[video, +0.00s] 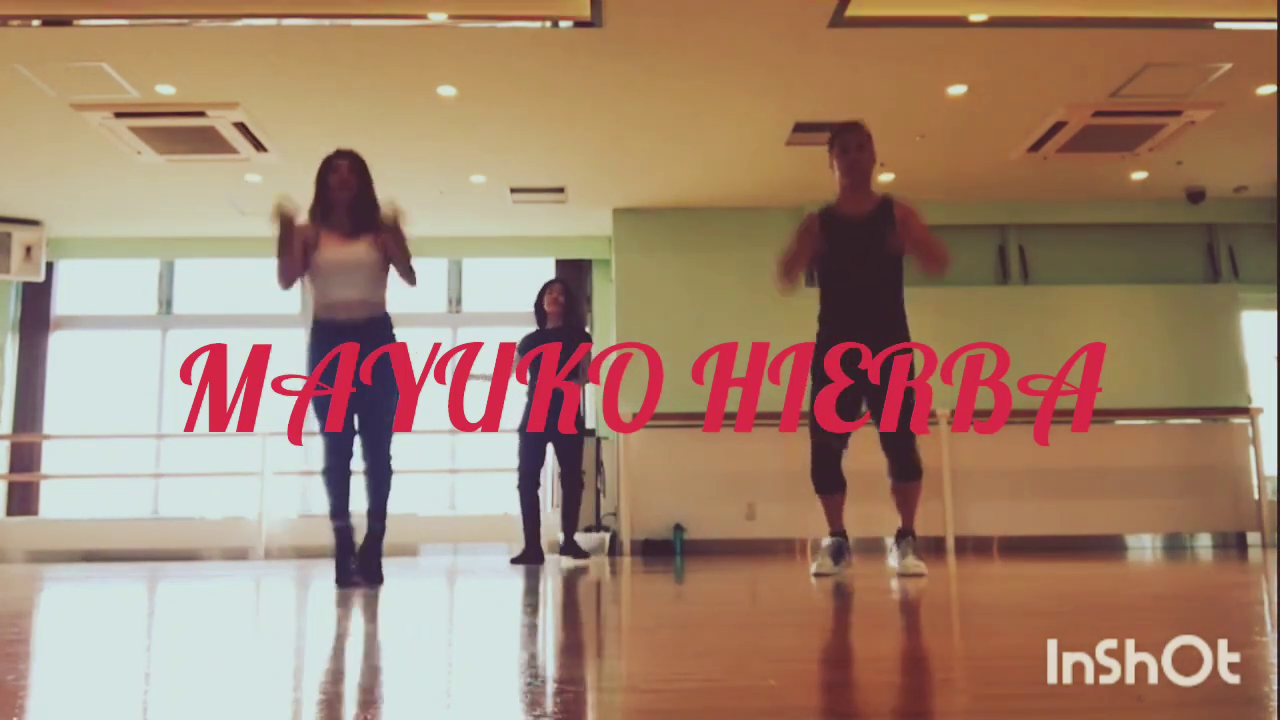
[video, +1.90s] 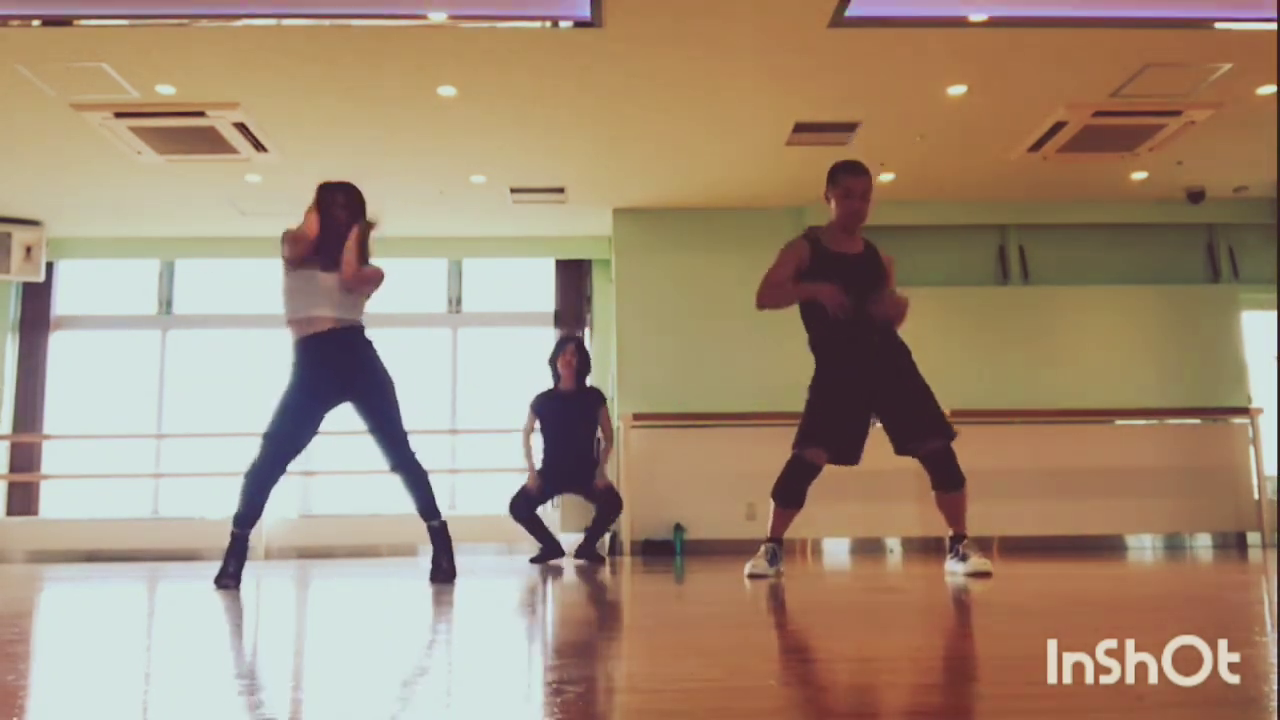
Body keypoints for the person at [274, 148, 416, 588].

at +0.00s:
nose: (342, 179)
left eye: (351, 173)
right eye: (334, 172)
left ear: (363, 181)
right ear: (323, 181)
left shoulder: (379, 226)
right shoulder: (309, 228)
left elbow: (409, 276)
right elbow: (286, 278)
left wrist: (395, 239)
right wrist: (286, 233)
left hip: (375, 336)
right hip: (329, 338)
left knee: (377, 445)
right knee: (337, 443)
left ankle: (374, 542)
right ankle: (343, 542)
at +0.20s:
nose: (346, 187)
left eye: (354, 180)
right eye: (337, 181)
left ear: (369, 188)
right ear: (325, 193)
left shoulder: (385, 227)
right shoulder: (320, 229)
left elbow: (409, 174)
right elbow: (285, 175)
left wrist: (425, 122)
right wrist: (257, 122)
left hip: (383, 341)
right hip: (334, 342)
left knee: (406, 448)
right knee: (297, 449)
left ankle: (436, 544)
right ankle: (255, 536)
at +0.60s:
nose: (338, 203)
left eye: (345, 195)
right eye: (329, 196)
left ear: (359, 204)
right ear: (315, 204)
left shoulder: (367, 243)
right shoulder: (304, 238)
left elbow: (377, 181)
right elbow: (307, 175)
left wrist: (358, 133)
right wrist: (330, 119)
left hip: (376, 352)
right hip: (328, 358)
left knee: (410, 454)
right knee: (284, 459)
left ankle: (443, 543)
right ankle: (236, 547)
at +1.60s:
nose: (342, 209)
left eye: (350, 202)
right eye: (336, 202)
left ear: (364, 210)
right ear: (324, 209)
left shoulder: (380, 251)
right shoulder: (309, 247)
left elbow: (370, 219)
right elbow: (306, 185)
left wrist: (376, 208)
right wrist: (331, 185)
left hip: (378, 354)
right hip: (329, 361)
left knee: (412, 451)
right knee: (289, 457)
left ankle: (444, 540)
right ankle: (237, 543)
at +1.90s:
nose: (339, 218)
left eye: (347, 211)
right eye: (331, 210)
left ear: (361, 220)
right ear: (315, 217)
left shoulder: (370, 272)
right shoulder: (293, 247)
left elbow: (349, 278)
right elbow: (300, 247)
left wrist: (357, 230)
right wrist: (311, 222)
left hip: (360, 365)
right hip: (313, 368)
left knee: (401, 457)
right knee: (270, 461)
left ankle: (441, 541)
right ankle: (236, 548)